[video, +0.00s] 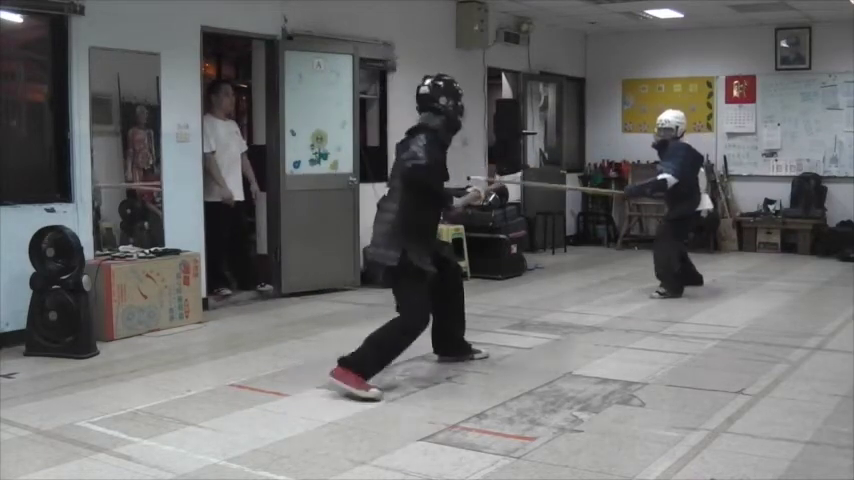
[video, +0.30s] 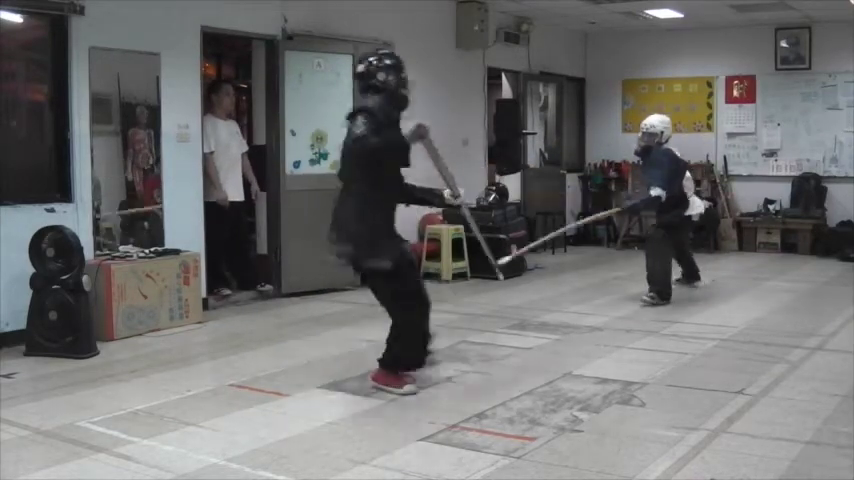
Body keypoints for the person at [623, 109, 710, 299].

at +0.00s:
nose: (662, 134)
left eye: (667, 130)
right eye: (660, 130)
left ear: (678, 131)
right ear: (657, 130)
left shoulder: (680, 150)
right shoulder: (668, 149)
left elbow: (666, 180)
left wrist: (635, 190)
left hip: (686, 207)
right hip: (679, 205)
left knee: (664, 240)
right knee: (668, 240)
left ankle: (672, 285)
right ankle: (689, 275)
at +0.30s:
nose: (645, 139)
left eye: (650, 135)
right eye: (644, 134)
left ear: (661, 137)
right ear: (641, 134)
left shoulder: (662, 157)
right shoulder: (651, 155)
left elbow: (659, 195)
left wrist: (636, 206)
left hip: (677, 208)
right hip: (672, 207)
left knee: (656, 241)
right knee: (677, 241)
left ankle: (660, 292)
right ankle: (691, 274)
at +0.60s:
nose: (632, 152)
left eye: (638, 148)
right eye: (630, 147)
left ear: (649, 150)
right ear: (627, 147)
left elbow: (646, 198)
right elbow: (615, 190)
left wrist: (611, 202)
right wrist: (596, 201)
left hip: (673, 216)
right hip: (655, 217)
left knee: (652, 251)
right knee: (680, 254)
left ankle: (656, 293)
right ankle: (717, 276)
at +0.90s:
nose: (623, 146)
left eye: (629, 142)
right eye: (622, 141)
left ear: (641, 143)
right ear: (619, 141)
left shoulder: (649, 163)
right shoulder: (631, 162)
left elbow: (648, 199)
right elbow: (633, 192)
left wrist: (628, 220)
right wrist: (625, 215)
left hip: (665, 210)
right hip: (653, 208)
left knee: (650, 249)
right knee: (663, 247)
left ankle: (656, 293)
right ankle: (689, 273)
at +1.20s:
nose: (630, 130)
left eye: (635, 125)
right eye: (628, 125)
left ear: (647, 126)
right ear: (625, 125)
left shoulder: (659, 148)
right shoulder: (638, 148)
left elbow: (662, 186)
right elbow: (643, 179)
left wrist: (634, 192)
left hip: (665, 204)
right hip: (650, 204)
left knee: (661, 244)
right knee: (642, 244)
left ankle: (661, 290)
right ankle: (655, 280)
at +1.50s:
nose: (638, 120)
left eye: (643, 116)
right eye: (636, 116)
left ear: (654, 116)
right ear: (634, 115)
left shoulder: (660, 136)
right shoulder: (646, 137)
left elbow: (655, 170)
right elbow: (646, 167)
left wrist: (625, 177)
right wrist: (624, 179)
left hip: (670, 195)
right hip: (659, 194)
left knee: (654, 235)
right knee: (647, 235)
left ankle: (664, 282)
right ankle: (655, 277)